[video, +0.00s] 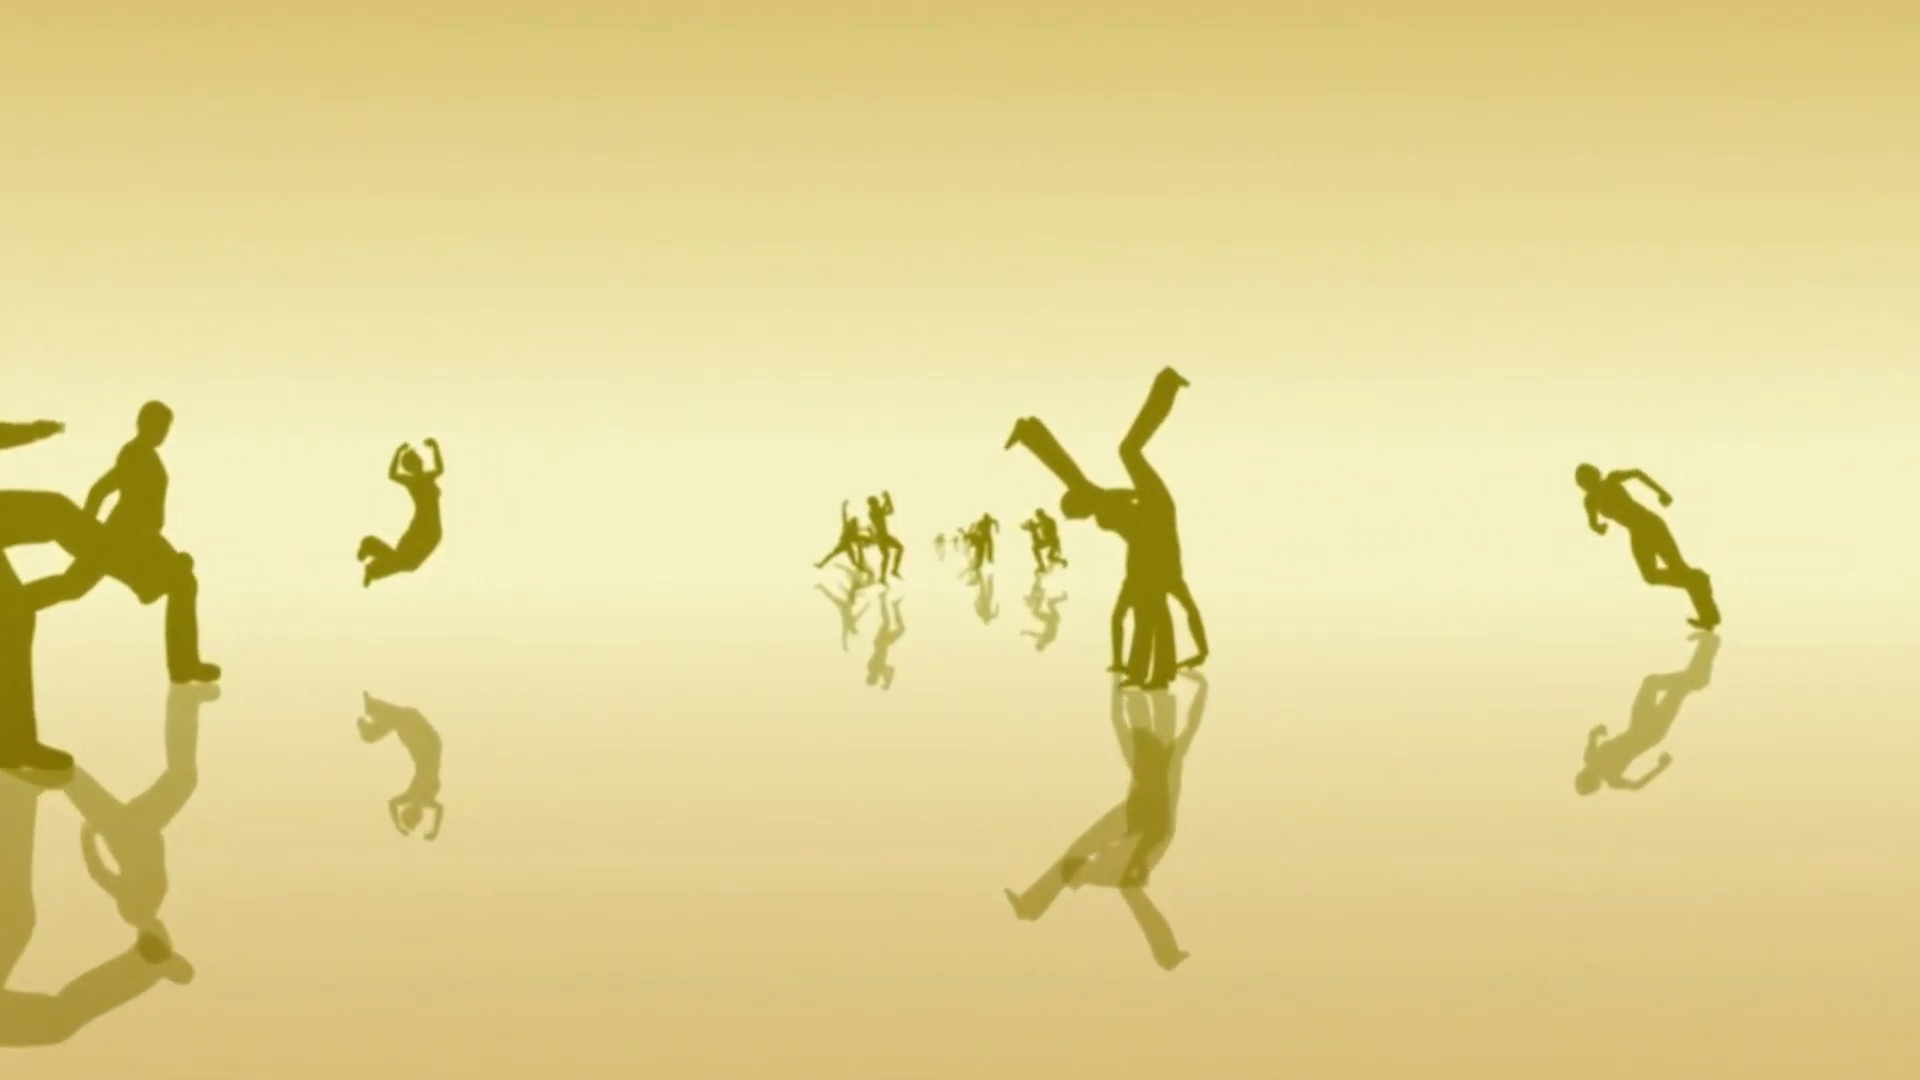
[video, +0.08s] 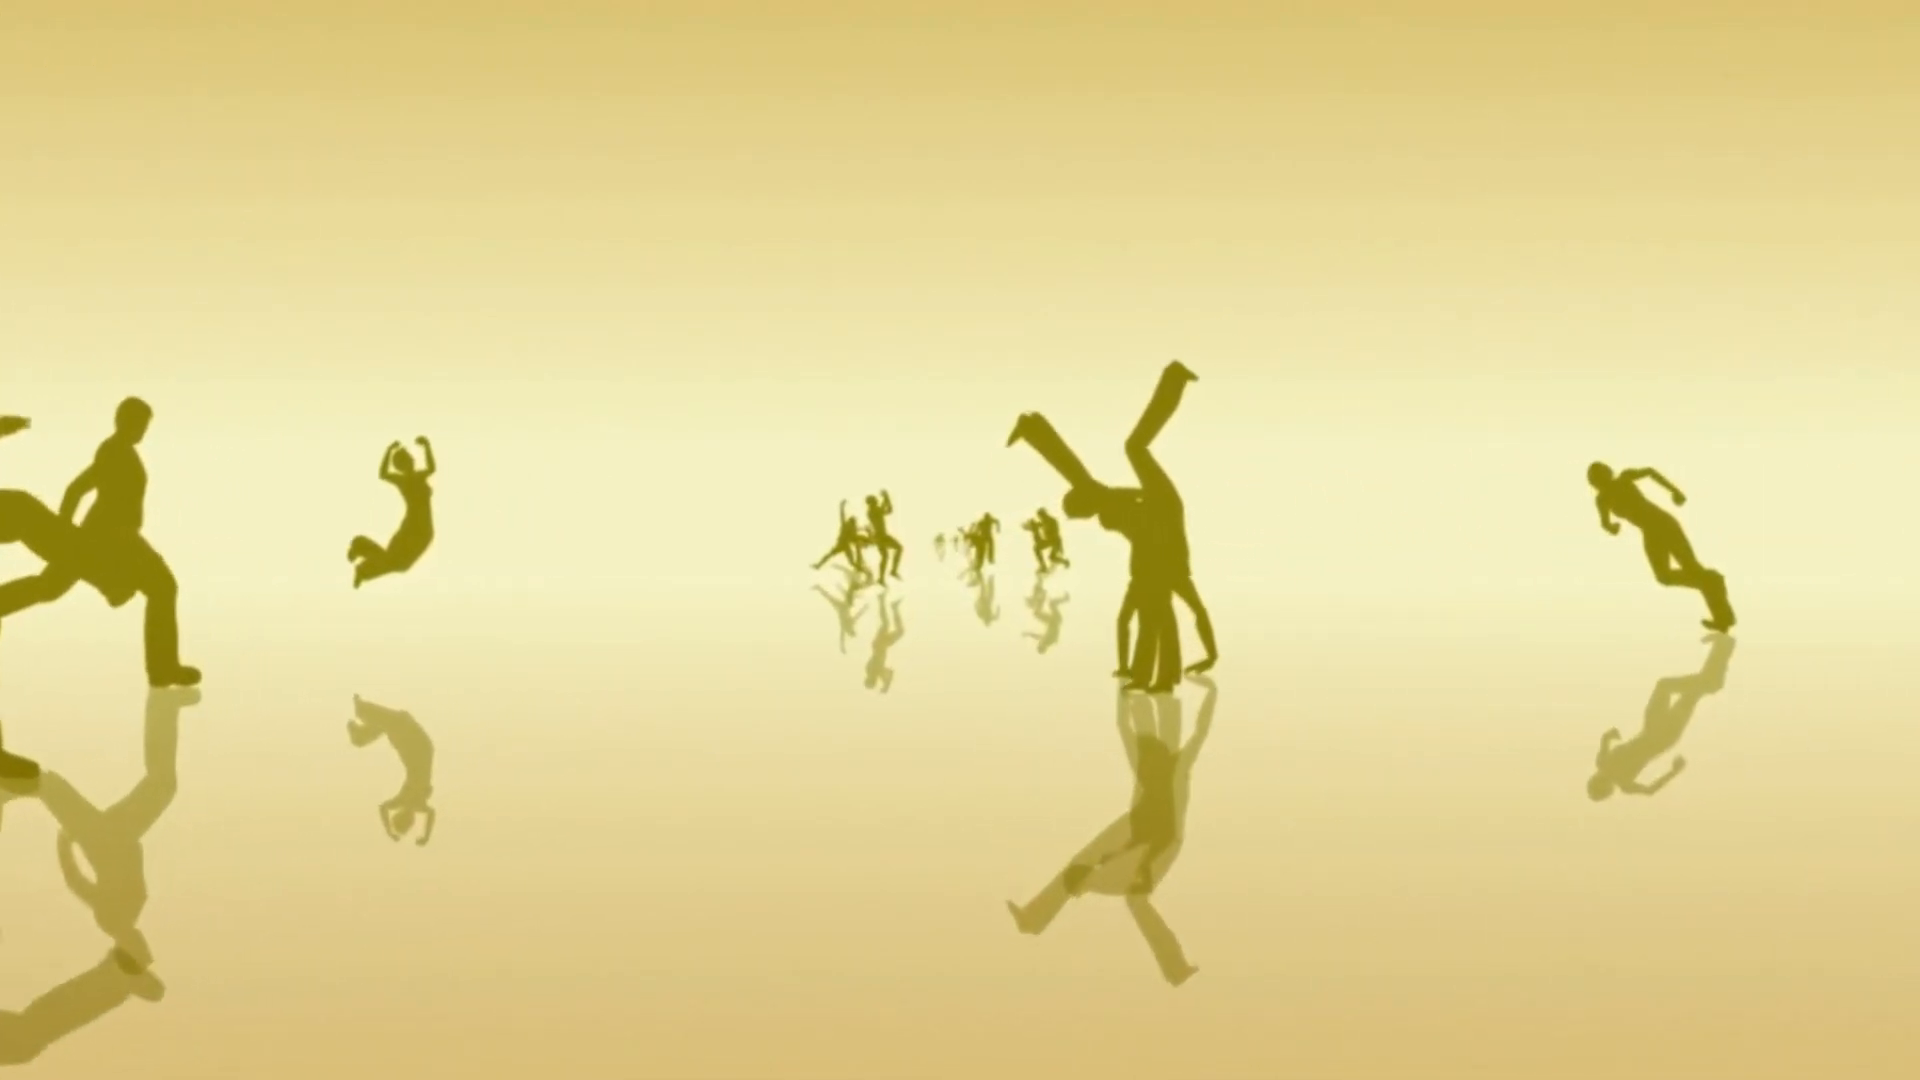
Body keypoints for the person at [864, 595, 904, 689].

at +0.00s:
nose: (874, 681)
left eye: (873, 681)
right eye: (873, 682)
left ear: (870, 677)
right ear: (872, 678)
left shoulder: (874, 666)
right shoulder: (879, 667)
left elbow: (890, 670)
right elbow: (890, 670)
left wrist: (887, 683)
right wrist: (887, 683)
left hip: (880, 641)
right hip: (886, 642)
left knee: (886, 622)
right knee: (901, 629)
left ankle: (882, 598)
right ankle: (896, 606)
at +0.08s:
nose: (872, 685)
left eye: (871, 685)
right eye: (871, 685)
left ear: (869, 680)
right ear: (871, 681)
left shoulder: (872, 669)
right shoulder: (877, 670)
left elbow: (889, 673)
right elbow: (889, 673)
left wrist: (885, 686)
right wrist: (886, 686)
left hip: (878, 643)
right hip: (884, 644)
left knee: (885, 624)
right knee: (900, 632)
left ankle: (881, 599)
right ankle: (895, 608)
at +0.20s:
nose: (871, 686)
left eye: (870, 686)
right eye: (870, 687)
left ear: (868, 682)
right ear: (869, 682)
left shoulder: (872, 670)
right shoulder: (876, 672)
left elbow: (888, 674)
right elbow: (888, 674)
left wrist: (885, 687)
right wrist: (885, 687)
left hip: (877, 644)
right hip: (883, 645)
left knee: (884, 625)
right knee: (900, 633)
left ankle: (880, 600)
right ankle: (894, 609)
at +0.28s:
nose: (870, 690)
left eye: (869, 689)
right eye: (869, 690)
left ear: (867, 685)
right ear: (868, 685)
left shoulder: (871, 673)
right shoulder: (874, 675)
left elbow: (887, 676)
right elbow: (887, 677)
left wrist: (883, 691)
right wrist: (884, 691)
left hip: (876, 646)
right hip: (882, 647)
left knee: (883, 626)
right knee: (898, 635)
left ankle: (879, 601)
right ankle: (893, 610)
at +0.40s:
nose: (870, 691)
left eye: (868, 691)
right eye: (869, 692)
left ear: (865, 686)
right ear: (867, 687)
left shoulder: (869, 674)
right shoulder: (873, 676)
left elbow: (886, 678)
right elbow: (885, 679)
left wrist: (883, 692)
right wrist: (883, 692)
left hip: (875, 647)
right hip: (881, 648)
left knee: (882, 627)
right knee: (898, 635)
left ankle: (878, 601)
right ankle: (893, 611)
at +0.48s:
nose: (867, 694)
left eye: (866, 694)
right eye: (866, 694)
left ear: (863, 689)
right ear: (865, 690)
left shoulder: (868, 677)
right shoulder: (872, 678)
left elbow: (885, 681)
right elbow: (884, 681)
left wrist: (881, 695)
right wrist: (881, 695)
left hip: (874, 649)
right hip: (880, 650)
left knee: (881, 628)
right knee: (896, 638)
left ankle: (877, 602)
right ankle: (891, 612)